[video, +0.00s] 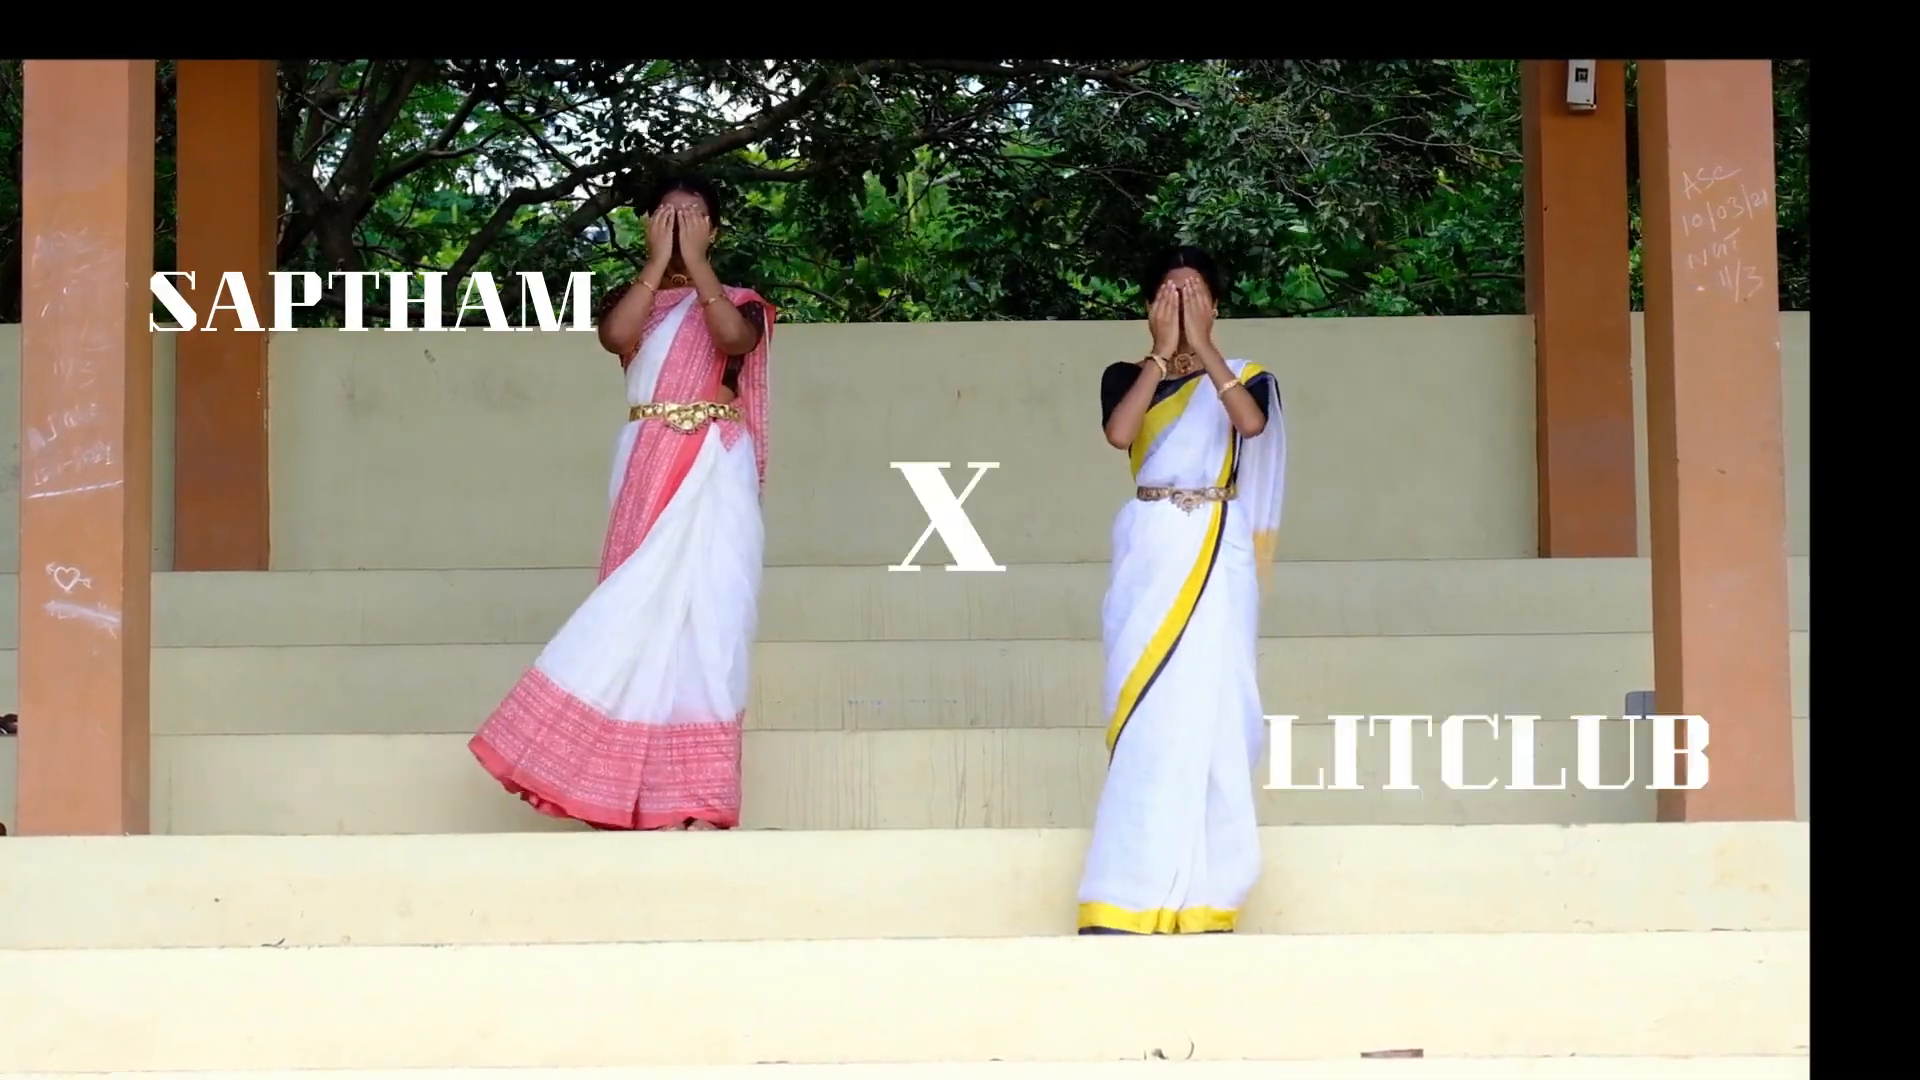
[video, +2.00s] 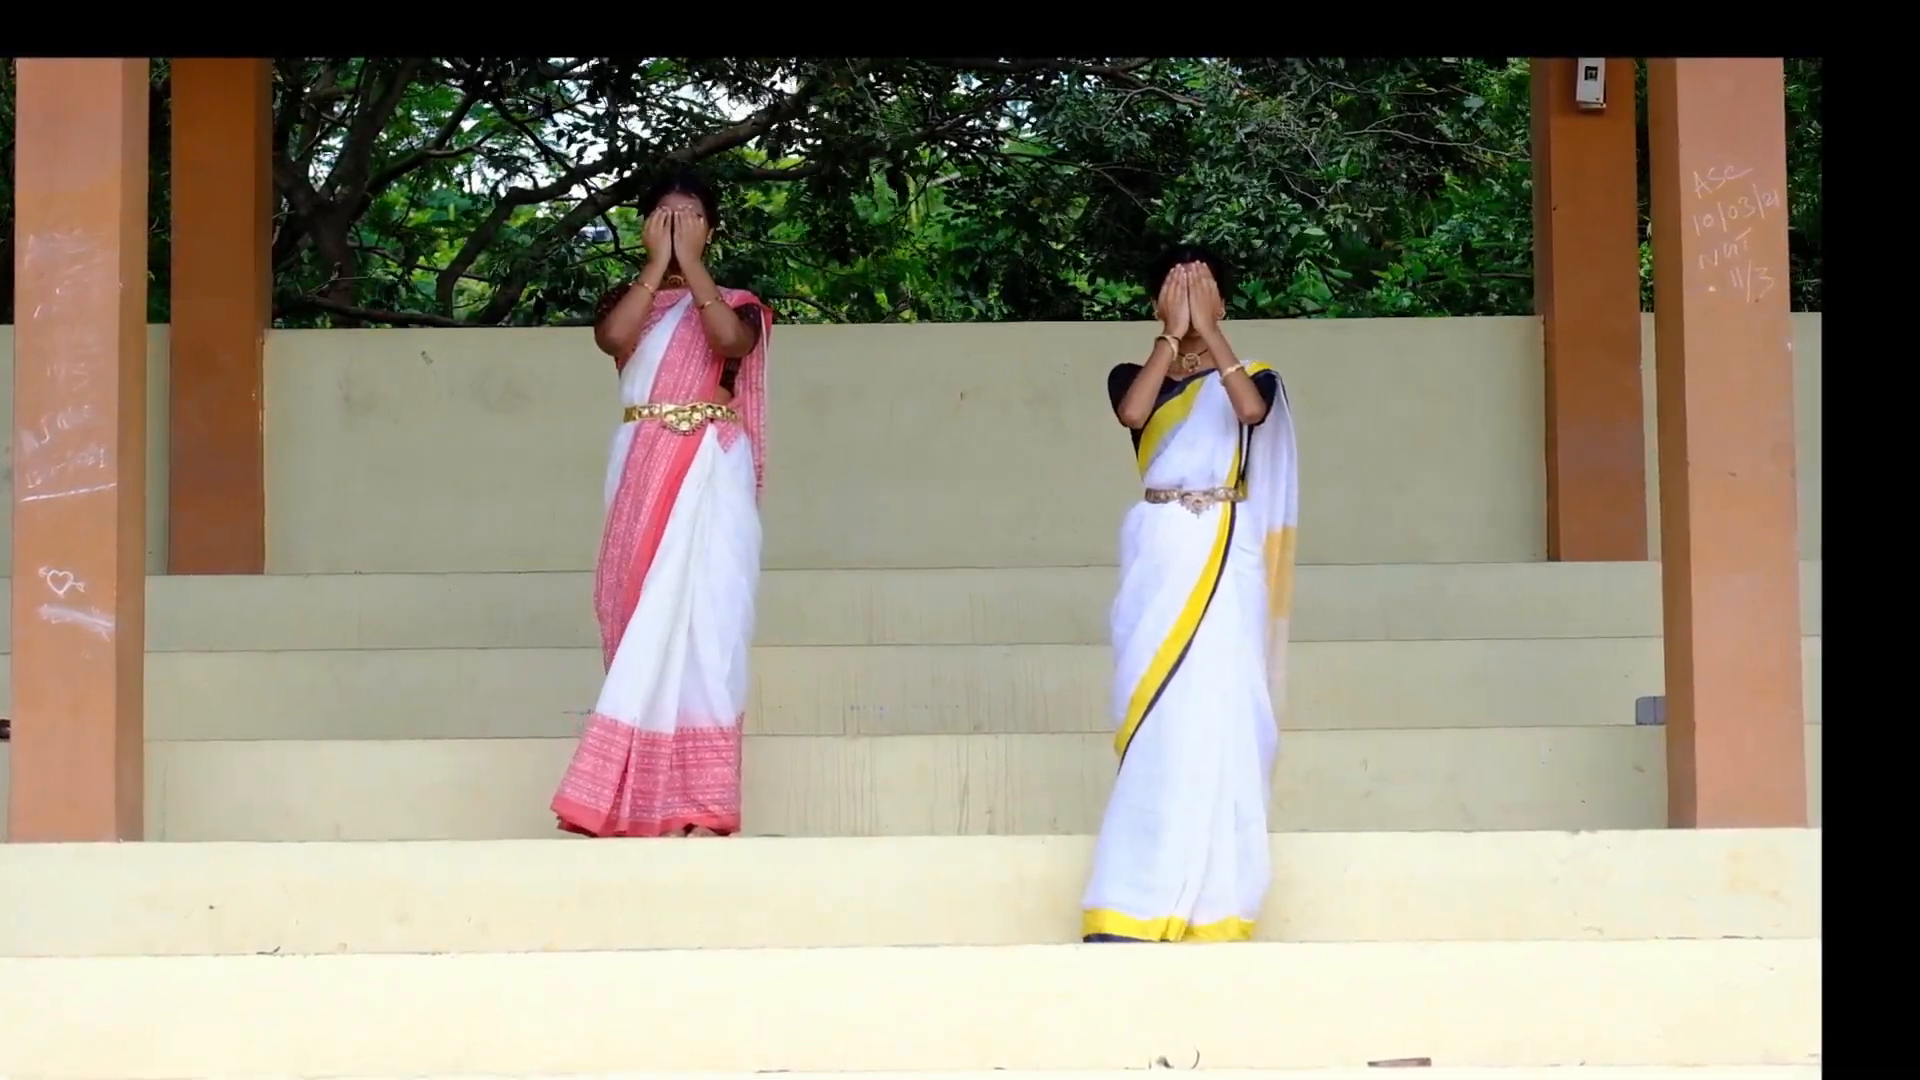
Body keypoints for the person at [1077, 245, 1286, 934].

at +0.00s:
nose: (1182, 305)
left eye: (1195, 293)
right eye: (1169, 293)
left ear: (1216, 303)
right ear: (1152, 305)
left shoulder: (1245, 377)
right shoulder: (1129, 376)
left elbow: (1250, 422)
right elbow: (1120, 433)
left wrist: (1203, 348)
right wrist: (1161, 357)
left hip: (1214, 558)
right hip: (1146, 555)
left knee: (1204, 712)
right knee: (1142, 711)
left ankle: (1202, 890)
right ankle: (1133, 889)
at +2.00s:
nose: (1188, 318)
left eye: (1201, 306)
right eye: (1177, 306)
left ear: (1223, 310)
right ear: (1159, 312)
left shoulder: (1254, 378)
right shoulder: (1138, 379)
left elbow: (1248, 408)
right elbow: (1131, 409)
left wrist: (1211, 328)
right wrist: (1170, 335)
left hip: (1223, 564)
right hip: (1154, 561)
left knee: (1214, 718)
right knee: (1151, 717)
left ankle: (1211, 900)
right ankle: (1140, 899)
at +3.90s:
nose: (1202, 320)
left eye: (1215, 309)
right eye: (1189, 308)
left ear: (1230, 315)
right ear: (1165, 313)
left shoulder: (1262, 382)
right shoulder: (1141, 382)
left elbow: (1286, 458)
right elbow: (1136, 457)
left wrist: (1253, 366)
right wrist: (1173, 373)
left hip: (1240, 558)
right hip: (1172, 555)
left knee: (1239, 720)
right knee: (1169, 718)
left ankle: (1238, 905)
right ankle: (1163, 906)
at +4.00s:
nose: (1213, 318)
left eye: (1224, 307)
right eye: (1200, 305)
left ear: (1236, 316)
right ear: (1174, 311)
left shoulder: (1273, 392)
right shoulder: (1145, 389)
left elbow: (1299, 496)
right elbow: (1123, 498)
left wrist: (1265, 448)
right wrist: (1178, 441)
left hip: (1255, 563)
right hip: (1183, 563)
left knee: (1254, 723)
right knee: (1186, 722)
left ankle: (1248, 908)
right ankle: (1175, 908)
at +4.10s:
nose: (1225, 320)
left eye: (1235, 309)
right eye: (1212, 307)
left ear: (1244, 318)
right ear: (1181, 312)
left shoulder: (1271, 400)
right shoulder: (1148, 395)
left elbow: (1299, 498)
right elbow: (1121, 497)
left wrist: (1261, 510)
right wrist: (1132, 520)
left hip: (1266, 572)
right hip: (1193, 570)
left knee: (1284, 722)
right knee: (1248, 726)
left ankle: (1247, 913)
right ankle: (1167, 900)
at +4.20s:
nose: (1235, 316)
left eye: (1243, 305)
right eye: (1221, 303)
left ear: (1250, 316)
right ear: (1188, 310)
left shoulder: (1271, 399)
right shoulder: (1151, 395)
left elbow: (1301, 494)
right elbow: (1115, 488)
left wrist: (1257, 518)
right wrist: (1079, 564)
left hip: (1266, 564)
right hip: (1196, 563)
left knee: (1287, 709)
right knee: (1255, 707)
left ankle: (1250, 895)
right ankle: (1223, 889)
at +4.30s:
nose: (1242, 316)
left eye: (1250, 304)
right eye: (1228, 302)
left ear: (1255, 313)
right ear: (1192, 309)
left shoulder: (1274, 396)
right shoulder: (1156, 393)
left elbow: (1305, 488)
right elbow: (1100, 486)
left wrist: (1228, 499)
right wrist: (1030, 566)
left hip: (1265, 555)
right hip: (1199, 555)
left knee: (1252, 706)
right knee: (1309, 648)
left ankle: (1246, 883)